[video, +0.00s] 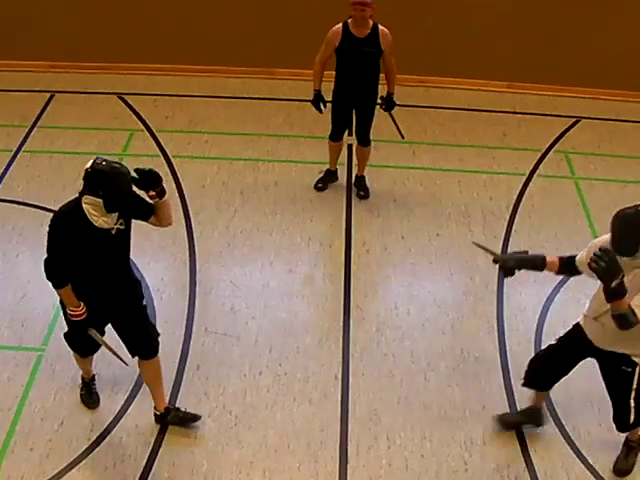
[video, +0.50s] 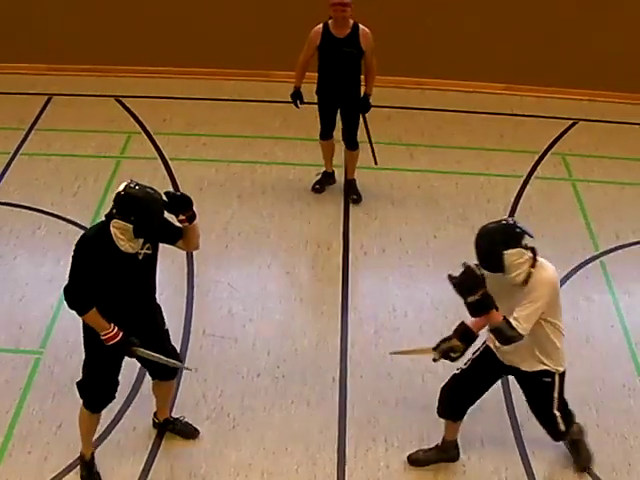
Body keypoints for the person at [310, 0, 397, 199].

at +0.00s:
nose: (359, 13)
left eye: (364, 9)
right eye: (356, 9)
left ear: (371, 11)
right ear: (351, 10)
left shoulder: (382, 35)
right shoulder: (337, 33)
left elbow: (389, 65)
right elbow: (321, 60)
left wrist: (390, 93)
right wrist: (317, 91)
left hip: (367, 95)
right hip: (342, 93)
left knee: (363, 138)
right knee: (336, 134)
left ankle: (360, 177)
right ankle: (331, 171)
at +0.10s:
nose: (355, 13)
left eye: (360, 9)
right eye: (352, 9)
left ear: (367, 11)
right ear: (347, 10)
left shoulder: (378, 36)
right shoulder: (333, 33)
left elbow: (385, 66)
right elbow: (317, 60)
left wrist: (387, 94)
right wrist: (313, 90)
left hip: (363, 96)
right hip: (339, 94)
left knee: (361, 139)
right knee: (333, 136)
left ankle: (360, 178)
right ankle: (331, 172)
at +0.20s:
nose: (352, 14)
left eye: (356, 9)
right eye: (348, 9)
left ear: (363, 11)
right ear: (343, 10)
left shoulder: (373, 36)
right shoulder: (329, 34)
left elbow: (381, 66)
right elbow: (313, 60)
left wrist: (382, 96)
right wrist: (308, 90)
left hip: (360, 96)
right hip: (335, 95)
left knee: (358, 140)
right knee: (331, 136)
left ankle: (360, 179)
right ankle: (331, 173)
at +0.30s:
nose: (346, 14)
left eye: (350, 9)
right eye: (343, 9)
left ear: (358, 11)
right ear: (337, 11)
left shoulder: (368, 36)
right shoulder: (324, 34)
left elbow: (375, 67)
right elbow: (308, 61)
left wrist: (376, 96)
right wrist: (302, 90)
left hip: (354, 95)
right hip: (330, 94)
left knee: (355, 140)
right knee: (327, 135)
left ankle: (357, 178)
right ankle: (329, 173)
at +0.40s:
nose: (342, 13)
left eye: (346, 9)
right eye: (338, 9)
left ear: (352, 11)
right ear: (333, 10)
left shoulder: (364, 35)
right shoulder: (320, 33)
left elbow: (371, 66)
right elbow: (305, 61)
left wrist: (370, 95)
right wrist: (298, 89)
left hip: (352, 94)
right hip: (327, 93)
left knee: (353, 139)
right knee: (325, 135)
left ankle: (354, 178)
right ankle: (327, 172)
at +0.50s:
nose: (341, 12)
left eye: (345, 8)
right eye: (337, 8)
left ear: (351, 10)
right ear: (331, 10)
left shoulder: (363, 34)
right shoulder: (319, 33)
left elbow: (369, 66)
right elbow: (304, 60)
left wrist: (367, 94)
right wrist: (296, 87)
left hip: (351, 95)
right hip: (326, 94)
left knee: (350, 139)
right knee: (325, 135)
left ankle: (350, 181)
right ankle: (328, 172)